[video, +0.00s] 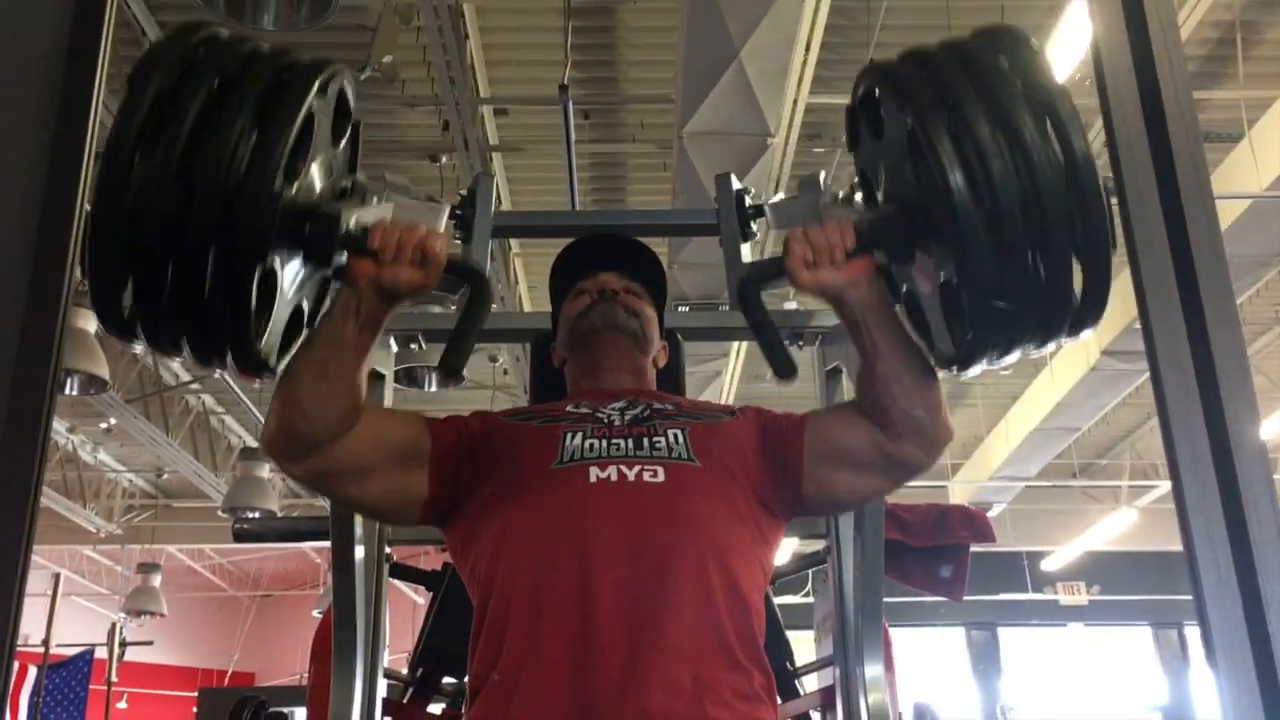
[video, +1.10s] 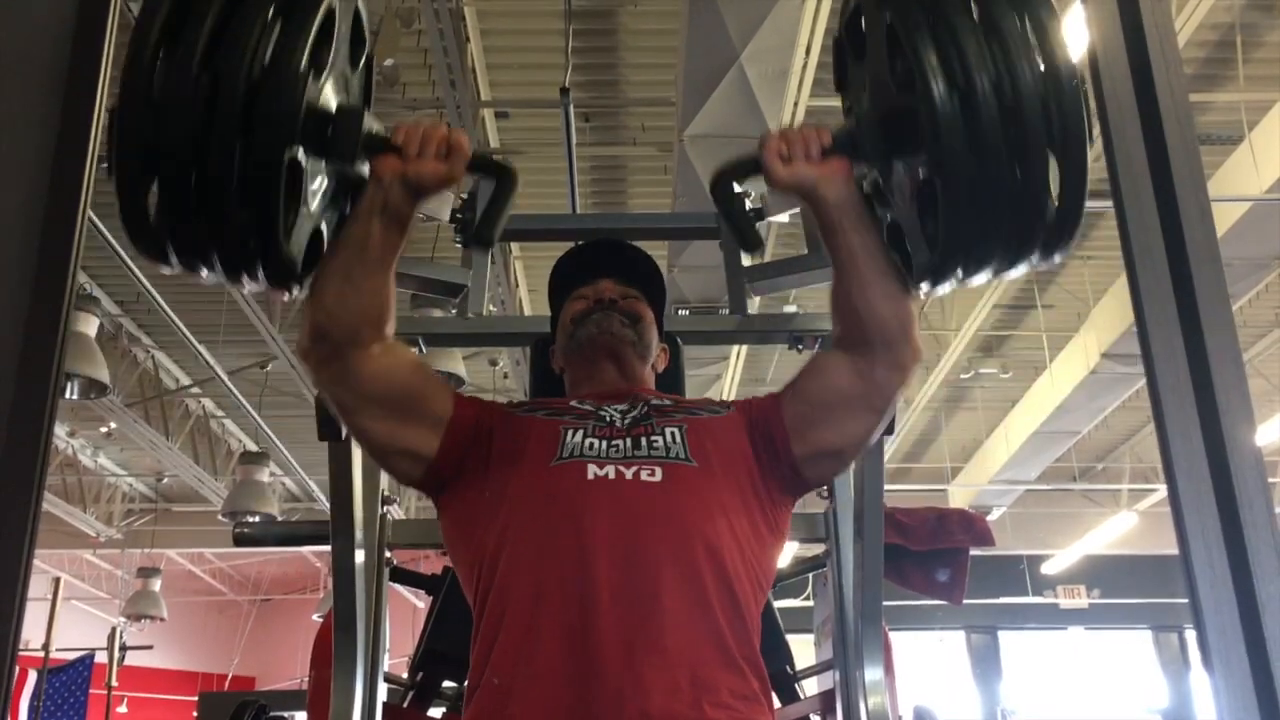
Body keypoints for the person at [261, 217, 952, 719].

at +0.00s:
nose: (608, 295)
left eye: (632, 296)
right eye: (582, 296)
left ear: (665, 351)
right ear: (551, 351)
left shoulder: (742, 442)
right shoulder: (487, 448)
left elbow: (914, 434)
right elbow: (305, 439)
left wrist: (859, 297)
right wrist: (365, 299)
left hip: (723, 701)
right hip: (525, 703)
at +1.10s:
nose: (606, 305)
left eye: (631, 303)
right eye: (582, 303)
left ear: (663, 353)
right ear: (552, 354)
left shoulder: (751, 436)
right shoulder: (483, 440)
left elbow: (882, 352)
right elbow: (340, 345)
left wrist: (834, 195)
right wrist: (390, 199)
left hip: (722, 703)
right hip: (520, 703)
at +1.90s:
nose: (608, 298)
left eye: (632, 299)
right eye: (582, 300)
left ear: (663, 356)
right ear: (552, 356)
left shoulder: (746, 449)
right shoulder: (487, 456)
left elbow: (912, 428)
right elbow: (309, 428)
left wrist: (857, 283)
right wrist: (371, 280)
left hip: (724, 703)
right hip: (527, 705)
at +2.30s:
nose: (610, 298)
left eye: (635, 299)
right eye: (585, 300)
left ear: (666, 357)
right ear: (554, 357)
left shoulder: (744, 454)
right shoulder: (489, 461)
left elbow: (924, 516)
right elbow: (296, 530)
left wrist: (877, 390)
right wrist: (346, 384)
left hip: (729, 706)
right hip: (528, 706)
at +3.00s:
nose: (609, 306)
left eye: (634, 308)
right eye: (584, 307)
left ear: (665, 361)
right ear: (553, 359)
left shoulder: (744, 453)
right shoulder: (488, 458)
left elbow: (924, 444)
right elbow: (302, 438)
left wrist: (860, 311)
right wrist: (363, 301)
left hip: (724, 703)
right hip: (525, 705)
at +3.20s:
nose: (607, 316)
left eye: (632, 313)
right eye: (584, 313)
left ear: (665, 360)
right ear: (553, 361)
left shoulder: (752, 448)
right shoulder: (480, 450)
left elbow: (895, 380)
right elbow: (333, 363)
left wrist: (844, 229)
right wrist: (388, 215)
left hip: (725, 704)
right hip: (522, 705)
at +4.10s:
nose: (614, 305)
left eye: (638, 306)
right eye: (588, 305)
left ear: (666, 362)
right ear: (556, 359)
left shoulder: (744, 457)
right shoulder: (488, 463)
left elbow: (918, 455)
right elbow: (309, 445)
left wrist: (862, 308)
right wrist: (367, 297)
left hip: (721, 703)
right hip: (527, 704)